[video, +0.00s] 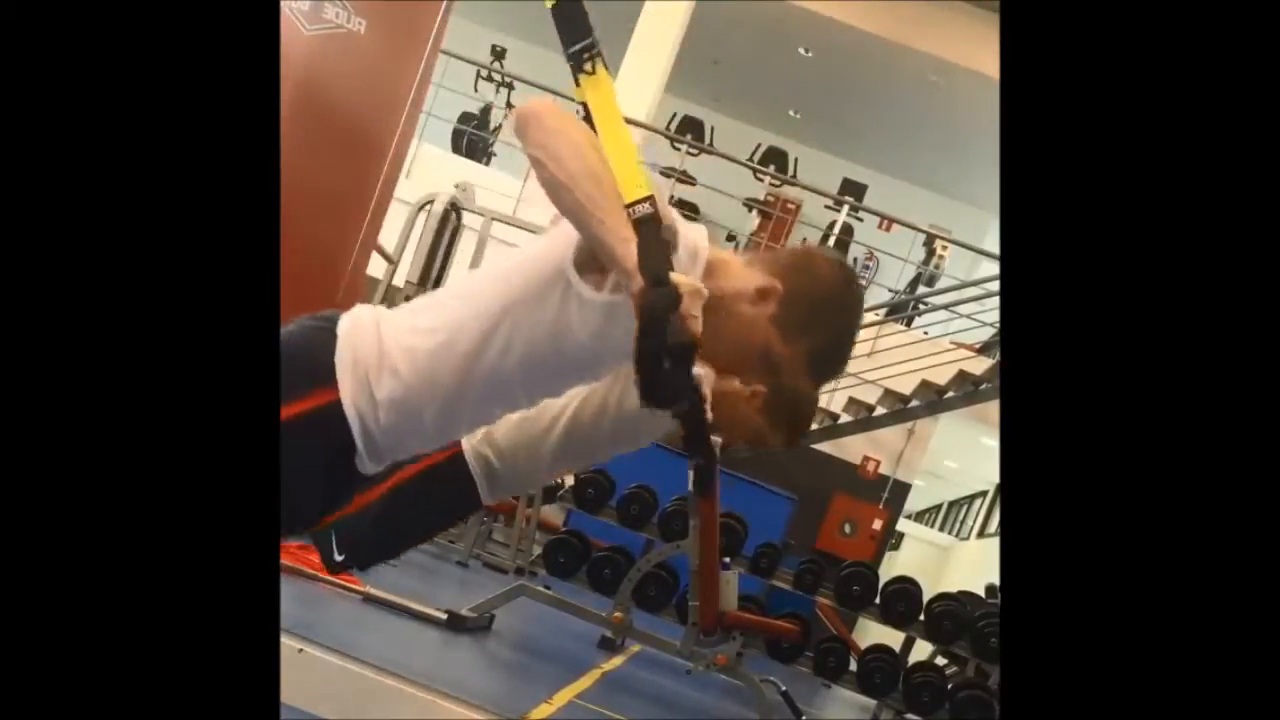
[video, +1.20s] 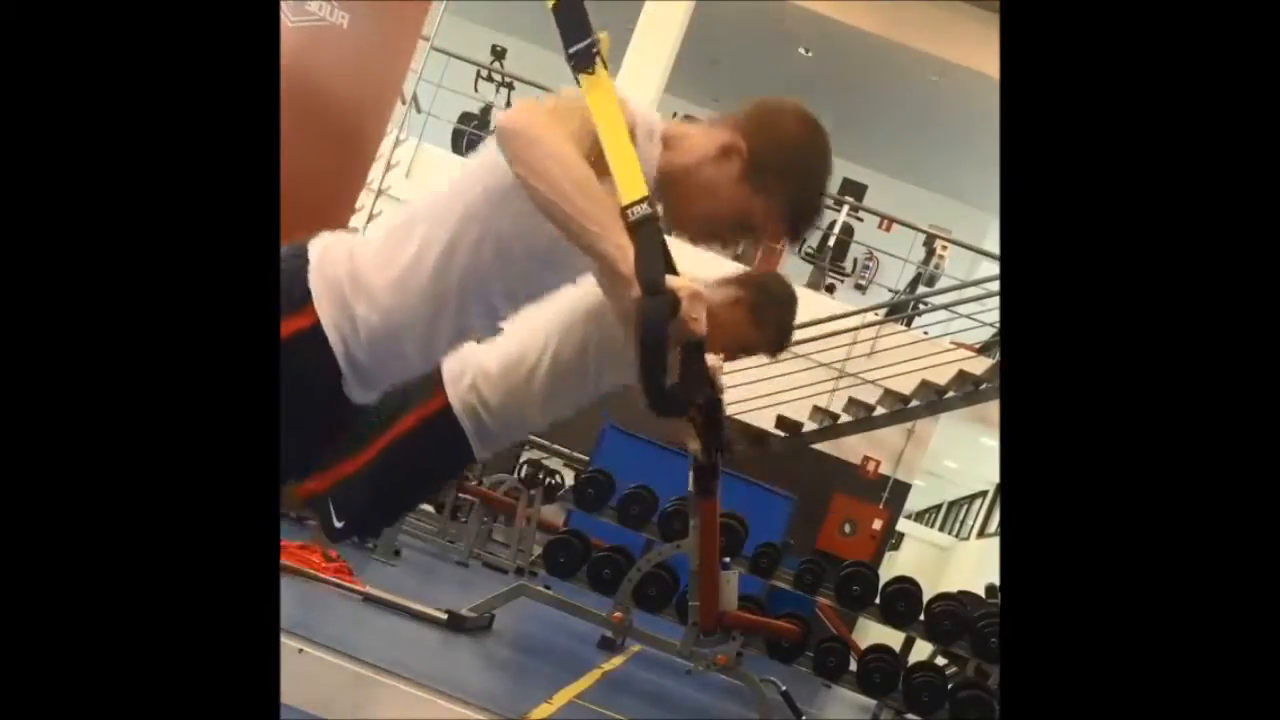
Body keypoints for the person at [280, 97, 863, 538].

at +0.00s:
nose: (746, 373)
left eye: (765, 372)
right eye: (764, 358)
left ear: (762, 293)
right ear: (763, 295)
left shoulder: (676, 325)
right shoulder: (659, 235)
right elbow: (537, 119)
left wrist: (679, 393)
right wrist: (641, 269)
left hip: (370, 450)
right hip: (330, 392)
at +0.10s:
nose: (746, 404)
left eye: (766, 405)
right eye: (768, 392)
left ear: (774, 325)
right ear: (774, 330)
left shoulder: (683, 344)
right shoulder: (659, 251)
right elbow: (538, 130)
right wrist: (628, 266)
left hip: (365, 467)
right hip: (332, 414)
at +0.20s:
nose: (757, 475)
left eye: (778, 471)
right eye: (777, 456)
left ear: (778, 366)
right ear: (779, 371)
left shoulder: (702, 410)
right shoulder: (667, 283)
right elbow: (536, 145)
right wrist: (630, 283)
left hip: (367, 491)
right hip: (335, 436)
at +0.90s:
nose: (757, 403)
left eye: (778, 402)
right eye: (776, 385)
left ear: (775, 317)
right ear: (775, 319)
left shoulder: (697, 360)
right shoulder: (665, 259)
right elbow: (532, 141)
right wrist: (640, 276)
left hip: (371, 464)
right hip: (335, 412)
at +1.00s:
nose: (748, 347)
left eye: (766, 349)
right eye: (764, 332)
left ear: (765, 257)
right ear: (766, 263)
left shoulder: (682, 312)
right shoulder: (667, 219)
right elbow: (526, 129)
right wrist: (644, 278)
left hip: (375, 432)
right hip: (337, 381)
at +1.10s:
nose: (744, 300)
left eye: (764, 298)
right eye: (763, 285)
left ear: (749, 212)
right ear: (751, 213)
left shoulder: (667, 260)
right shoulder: (650, 171)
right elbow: (523, 124)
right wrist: (637, 278)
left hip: (369, 410)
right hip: (325, 353)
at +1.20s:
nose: (725, 239)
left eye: (744, 236)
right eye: (744, 222)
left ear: (731, 153)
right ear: (730, 155)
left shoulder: (642, 208)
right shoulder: (620, 119)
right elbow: (523, 130)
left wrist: (678, 369)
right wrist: (639, 279)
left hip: (358, 378)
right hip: (318, 321)